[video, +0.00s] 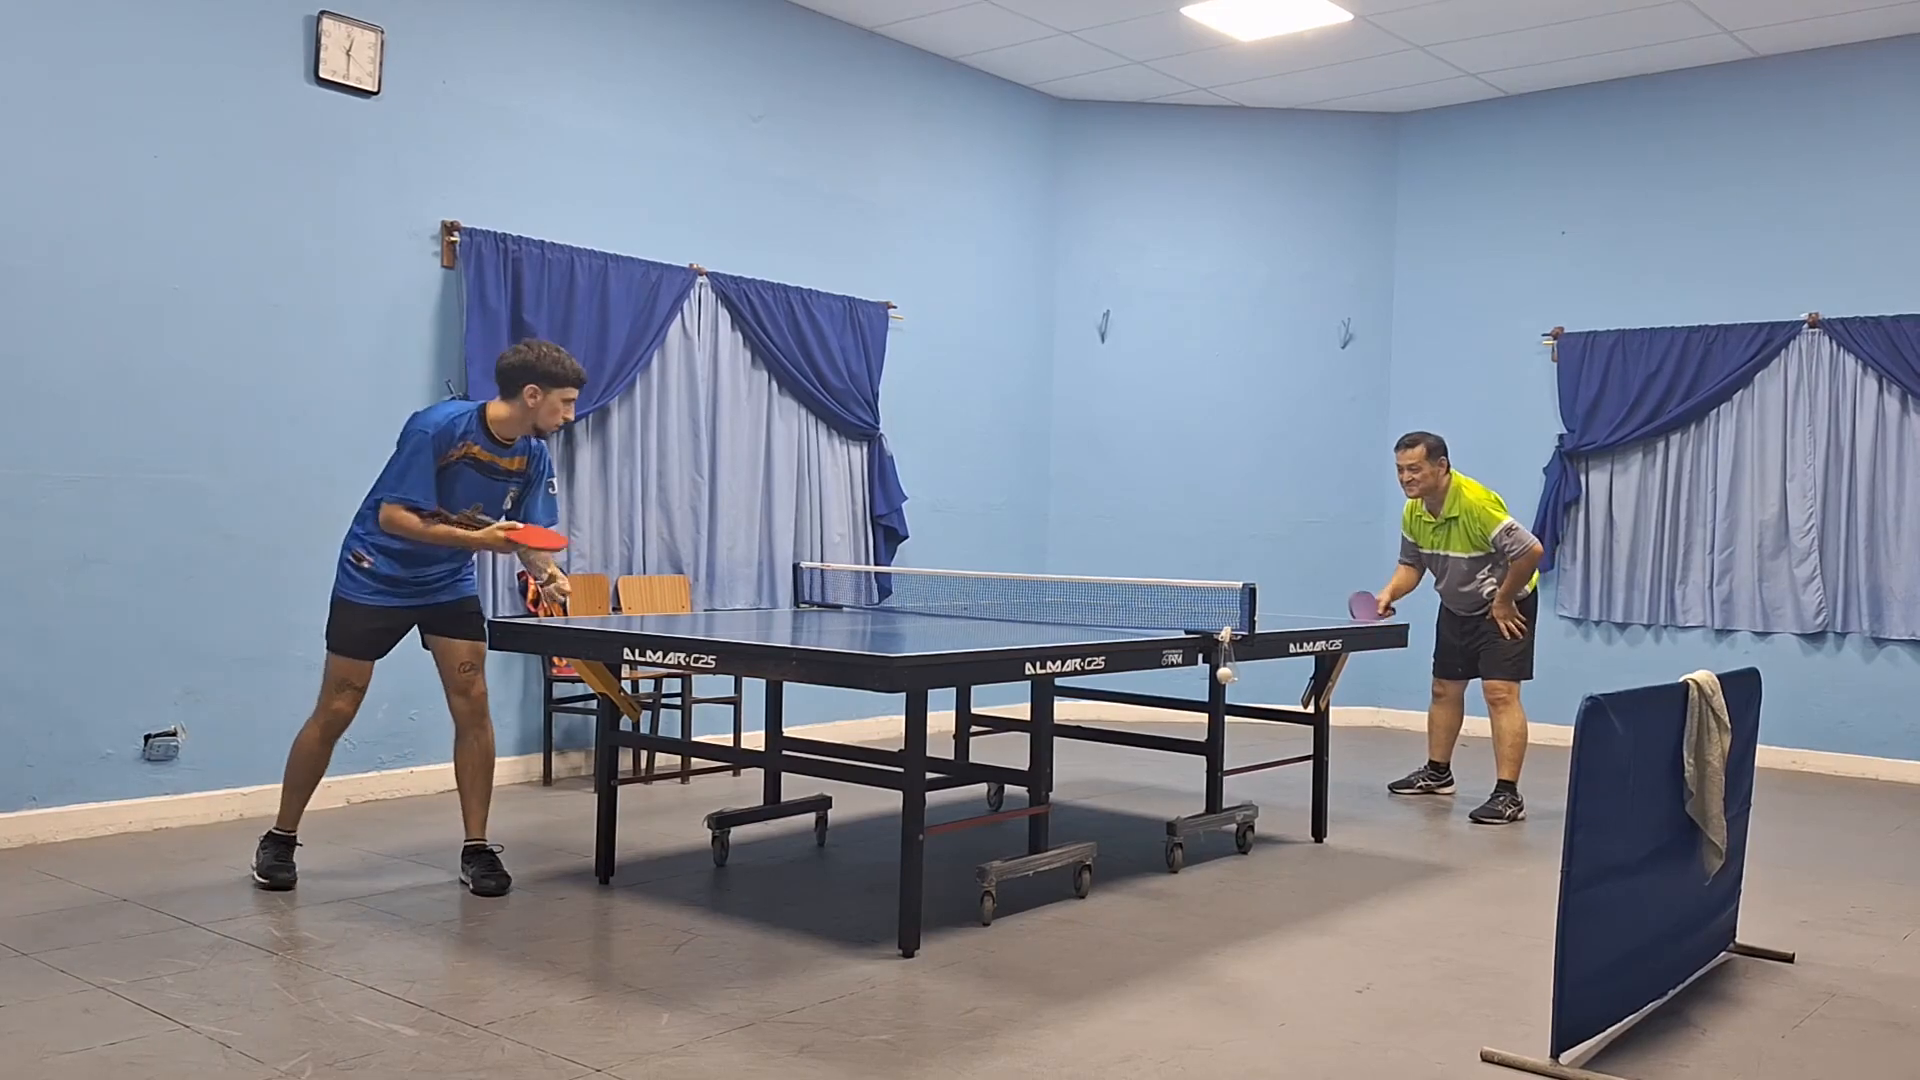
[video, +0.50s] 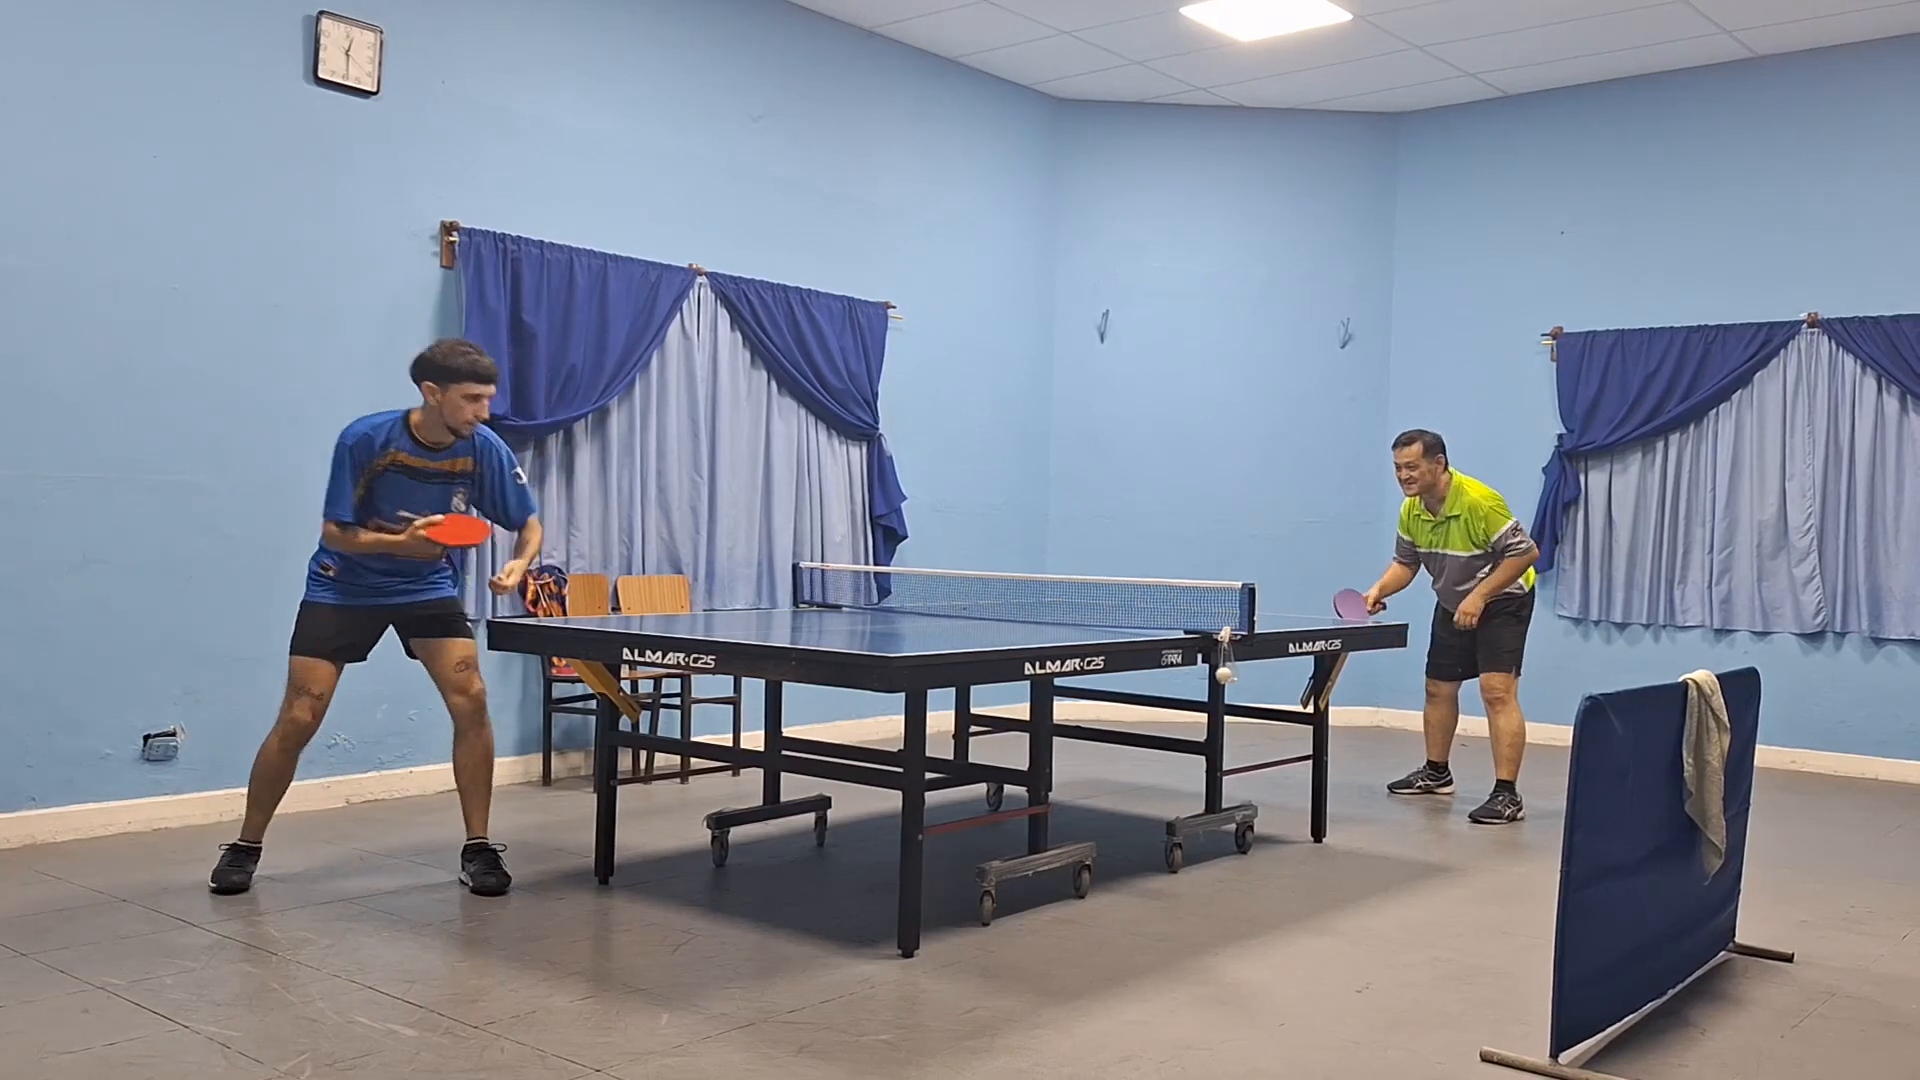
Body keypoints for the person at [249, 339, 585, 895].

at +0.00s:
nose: (570, 416)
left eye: (574, 404)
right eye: (566, 403)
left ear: (536, 399)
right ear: (531, 395)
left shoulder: (534, 458)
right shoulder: (436, 429)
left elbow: (528, 536)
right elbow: (391, 516)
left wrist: (547, 574)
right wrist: (472, 540)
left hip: (449, 580)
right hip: (374, 577)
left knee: (471, 696)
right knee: (337, 709)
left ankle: (477, 847)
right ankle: (281, 839)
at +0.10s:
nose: (573, 420)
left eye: (575, 409)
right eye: (567, 409)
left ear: (539, 404)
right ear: (531, 400)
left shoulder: (538, 456)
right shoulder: (438, 433)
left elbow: (527, 528)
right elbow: (405, 525)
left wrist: (541, 570)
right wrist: (491, 537)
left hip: (450, 577)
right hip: (374, 573)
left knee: (471, 697)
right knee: (332, 704)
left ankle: (478, 846)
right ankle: (273, 836)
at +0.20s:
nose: (564, 428)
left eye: (567, 416)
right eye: (557, 416)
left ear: (529, 409)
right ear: (517, 405)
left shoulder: (537, 461)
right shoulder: (432, 439)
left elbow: (543, 536)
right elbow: (402, 535)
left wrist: (537, 573)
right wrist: (485, 540)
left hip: (446, 578)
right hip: (371, 574)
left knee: (477, 694)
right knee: (325, 705)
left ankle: (479, 846)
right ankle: (263, 838)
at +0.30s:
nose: (541, 434)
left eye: (546, 423)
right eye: (533, 421)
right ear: (492, 410)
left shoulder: (527, 466)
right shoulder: (414, 448)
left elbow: (552, 542)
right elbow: (386, 543)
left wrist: (535, 575)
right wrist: (465, 549)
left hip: (443, 585)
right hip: (365, 582)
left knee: (485, 693)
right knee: (317, 716)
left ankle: (481, 846)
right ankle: (253, 843)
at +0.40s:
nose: (512, 431)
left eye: (516, 419)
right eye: (503, 417)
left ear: (512, 417)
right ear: (461, 408)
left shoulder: (504, 462)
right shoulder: (387, 451)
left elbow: (545, 537)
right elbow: (361, 546)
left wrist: (529, 573)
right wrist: (432, 554)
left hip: (436, 590)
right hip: (354, 590)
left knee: (483, 695)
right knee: (310, 719)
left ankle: (480, 847)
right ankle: (248, 845)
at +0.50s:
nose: (483, 412)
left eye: (488, 400)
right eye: (472, 400)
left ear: (489, 397)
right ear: (432, 393)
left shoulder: (485, 451)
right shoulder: (363, 440)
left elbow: (531, 525)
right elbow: (334, 532)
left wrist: (521, 562)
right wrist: (395, 545)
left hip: (428, 586)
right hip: (343, 585)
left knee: (470, 695)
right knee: (300, 717)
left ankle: (478, 846)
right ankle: (246, 846)